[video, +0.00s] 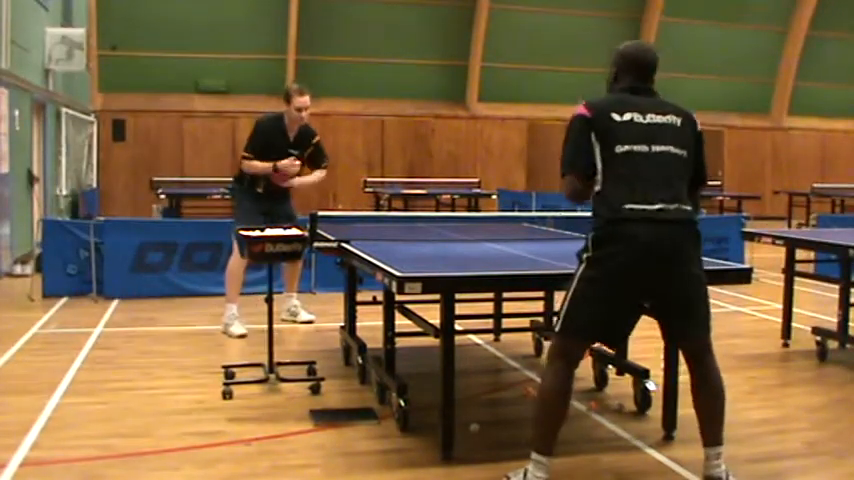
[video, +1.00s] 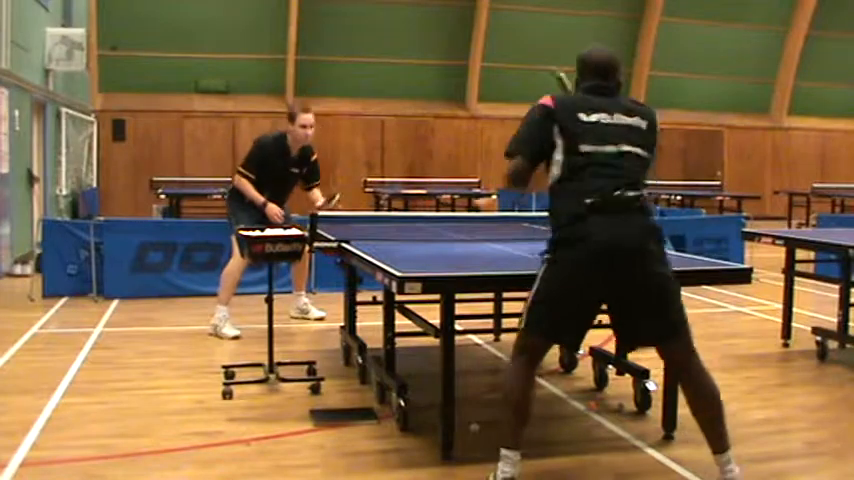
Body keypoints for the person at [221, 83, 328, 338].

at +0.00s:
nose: (304, 115)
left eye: (307, 109)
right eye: (299, 110)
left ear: (311, 108)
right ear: (287, 107)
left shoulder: (308, 134)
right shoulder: (266, 126)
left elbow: (322, 171)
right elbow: (245, 165)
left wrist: (295, 181)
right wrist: (277, 166)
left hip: (280, 192)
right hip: (250, 191)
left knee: (295, 242)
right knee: (243, 247)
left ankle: (291, 304)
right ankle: (231, 313)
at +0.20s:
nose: (299, 113)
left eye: (303, 108)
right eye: (294, 107)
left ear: (307, 108)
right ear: (282, 106)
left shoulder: (305, 135)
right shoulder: (262, 126)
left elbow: (325, 165)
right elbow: (235, 160)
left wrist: (336, 173)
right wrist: (258, 173)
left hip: (272, 196)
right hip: (242, 193)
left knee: (291, 242)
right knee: (241, 249)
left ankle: (291, 303)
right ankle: (231, 314)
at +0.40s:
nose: (297, 111)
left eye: (301, 105)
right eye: (292, 105)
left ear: (305, 107)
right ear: (280, 106)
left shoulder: (301, 134)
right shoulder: (258, 126)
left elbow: (323, 161)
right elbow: (231, 161)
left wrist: (342, 173)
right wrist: (252, 181)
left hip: (271, 197)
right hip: (242, 195)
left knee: (292, 242)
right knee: (241, 250)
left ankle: (295, 303)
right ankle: (231, 315)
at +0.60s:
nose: (300, 113)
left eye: (303, 108)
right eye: (295, 108)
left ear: (307, 110)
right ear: (282, 110)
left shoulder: (305, 139)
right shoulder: (261, 134)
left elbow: (325, 167)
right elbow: (233, 166)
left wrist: (338, 178)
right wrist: (256, 189)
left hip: (275, 198)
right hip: (246, 196)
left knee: (294, 243)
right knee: (250, 248)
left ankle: (299, 302)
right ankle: (232, 315)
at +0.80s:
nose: (306, 116)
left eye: (309, 112)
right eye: (300, 111)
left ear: (312, 114)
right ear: (287, 113)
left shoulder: (312, 143)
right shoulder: (266, 135)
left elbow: (325, 173)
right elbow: (240, 167)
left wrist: (336, 182)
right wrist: (261, 191)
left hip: (280, 201)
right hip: (250, 198)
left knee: (304, 244)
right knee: (247, 247)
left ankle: (301, 302)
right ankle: (226, 314)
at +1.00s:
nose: (309, 132)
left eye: (312, 127)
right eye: (304, 127)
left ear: (314, 128)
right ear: (290, 127)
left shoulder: (307, 154)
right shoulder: (267, 145)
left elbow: (312, 186)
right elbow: (240, 180)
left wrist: (319, 201)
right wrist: (265, 205)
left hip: (275, 205)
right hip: (245, 201)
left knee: (302, 245)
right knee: (243, 252)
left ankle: (300, 302)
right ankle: (220, 316)